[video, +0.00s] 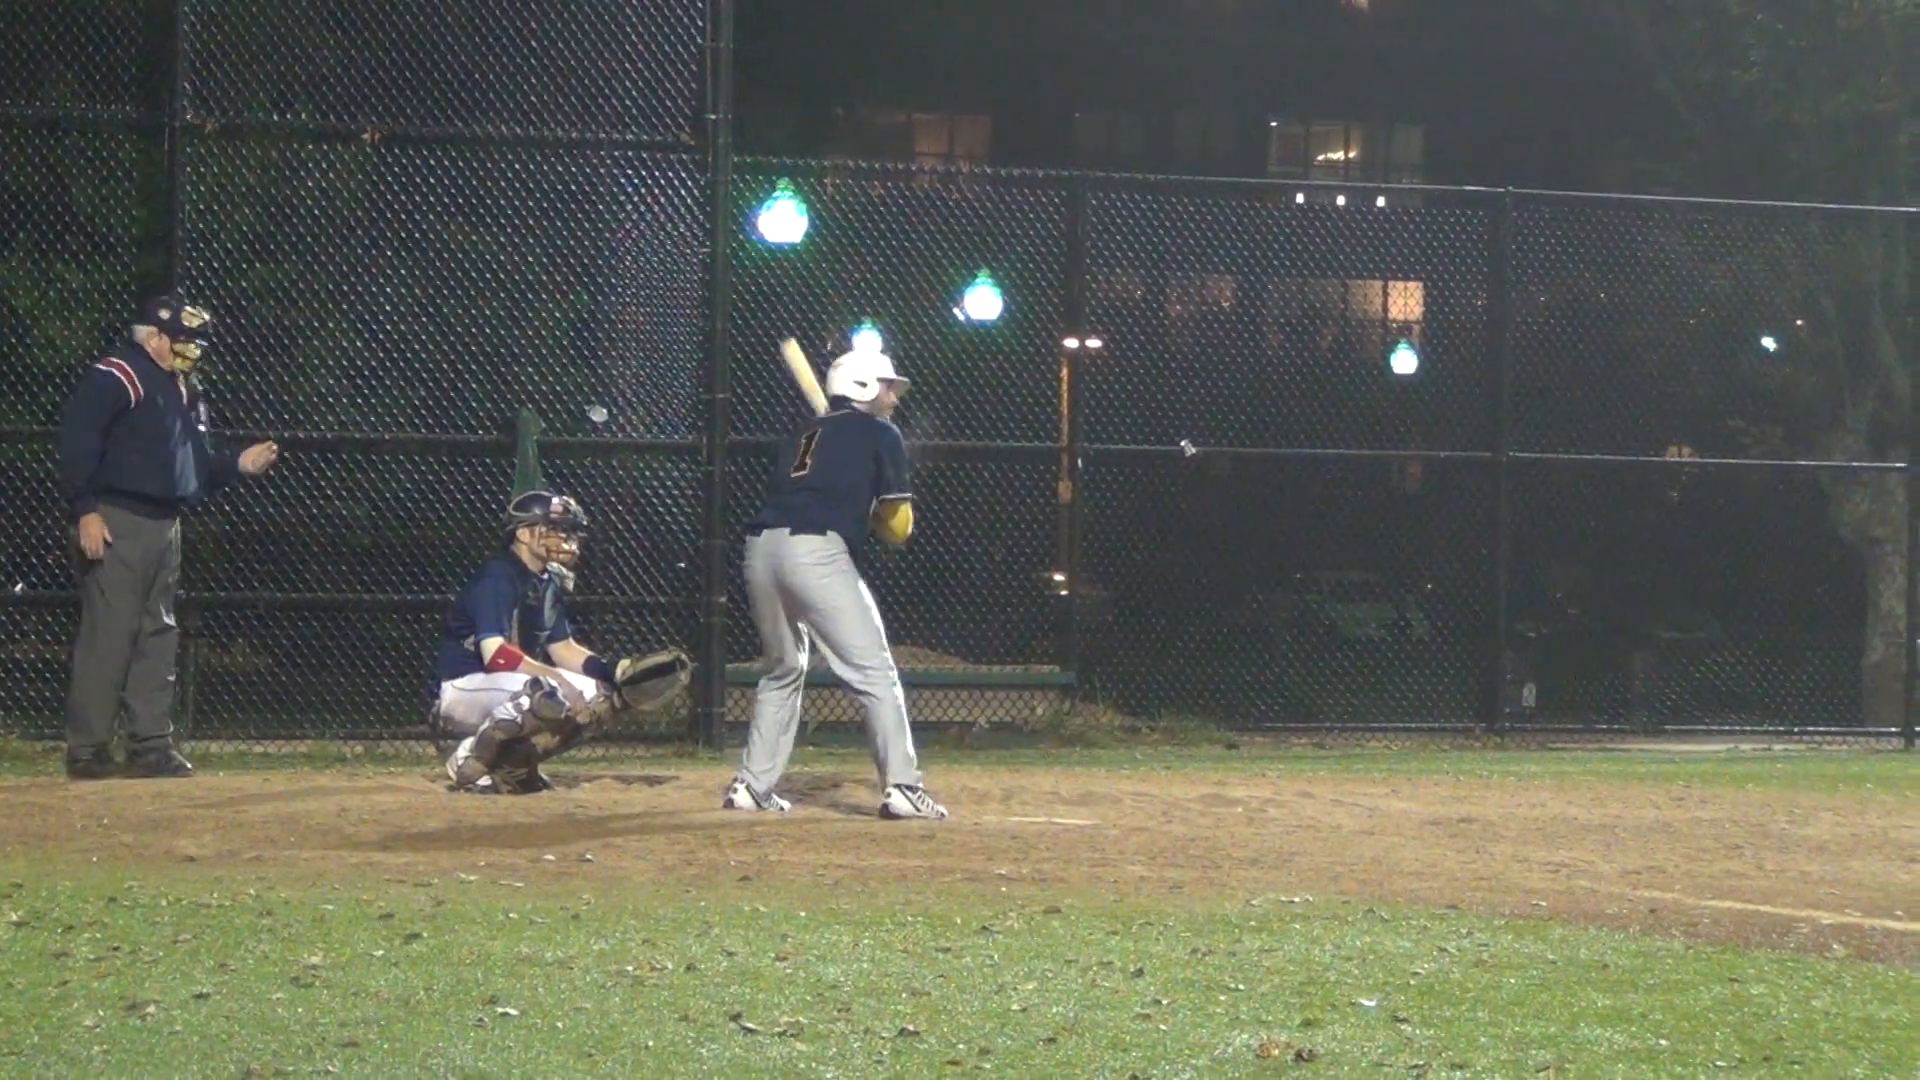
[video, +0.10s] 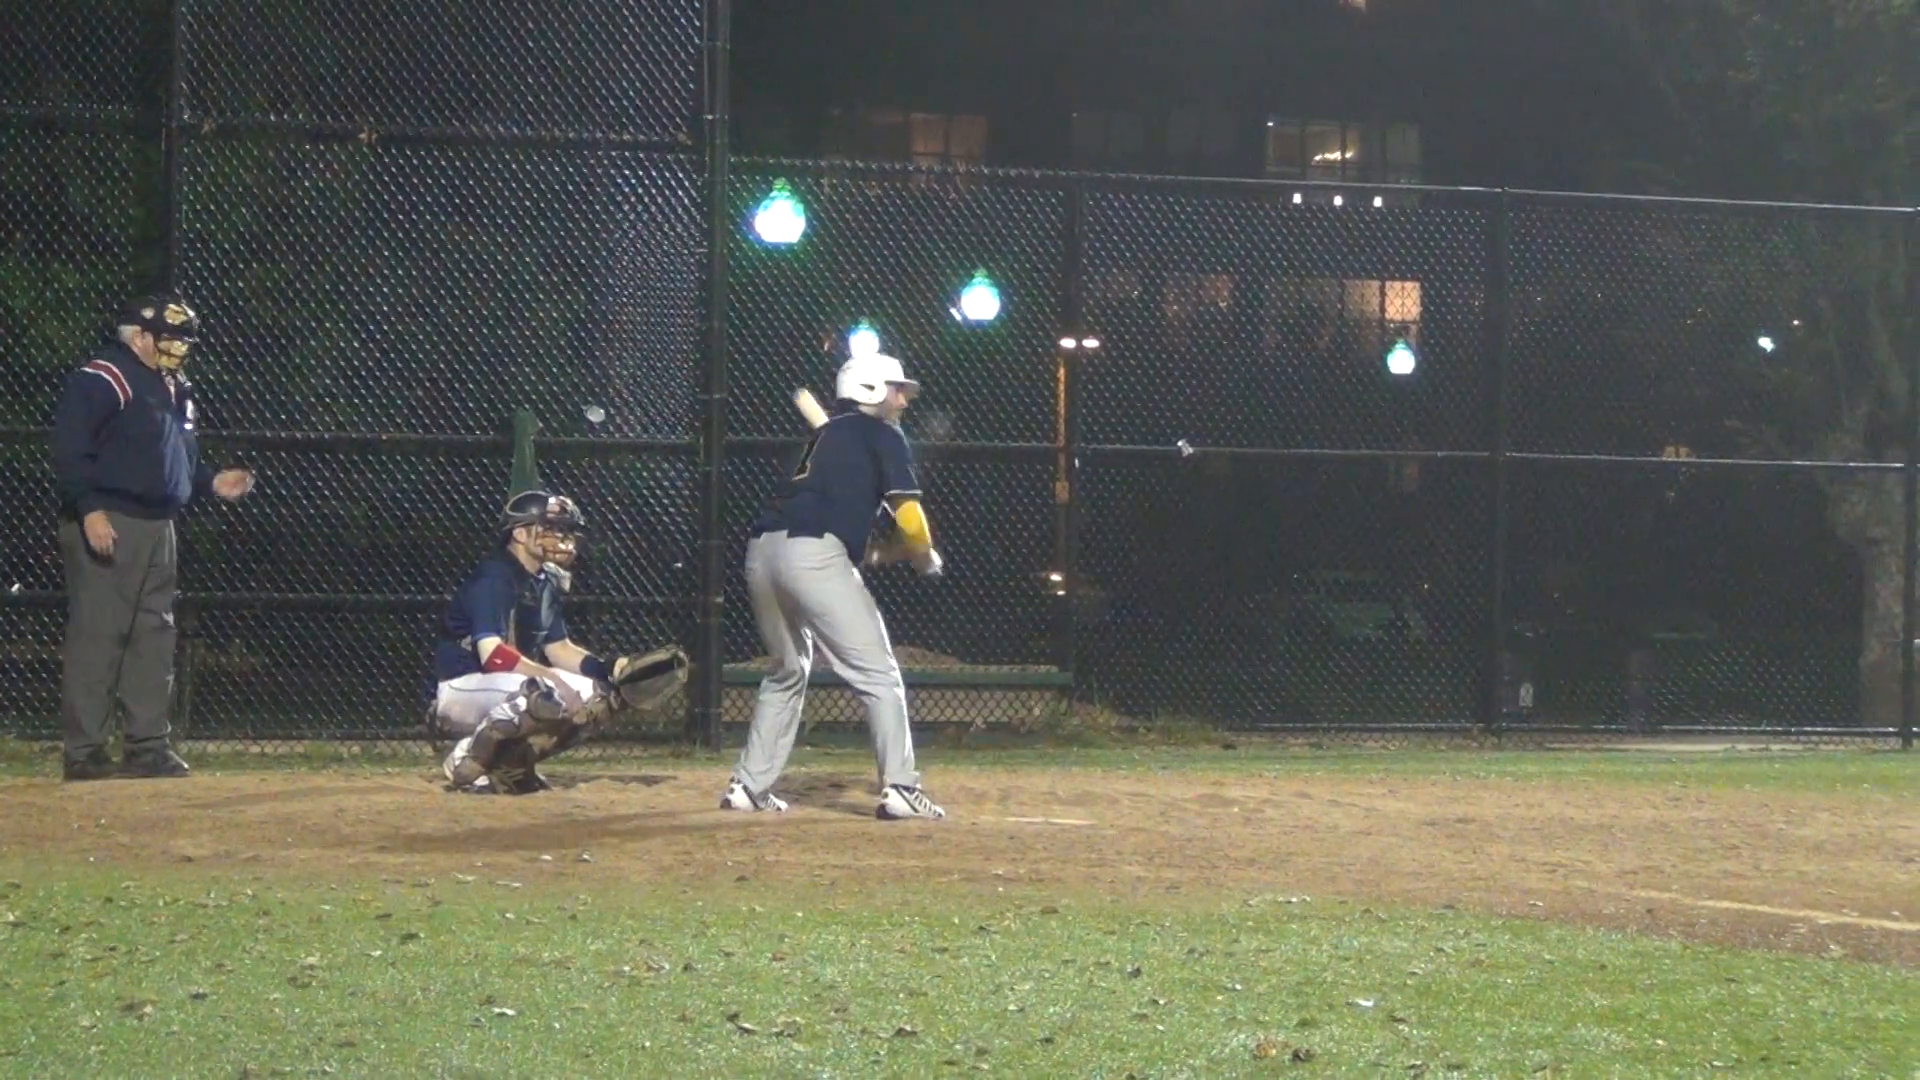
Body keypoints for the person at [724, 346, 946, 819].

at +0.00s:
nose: (896, 396)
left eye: (895, 386)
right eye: (889, 386)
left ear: (842, 390)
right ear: (865, 388)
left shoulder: (801, 432)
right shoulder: (881, 433)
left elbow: (790, 495)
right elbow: (897, 525)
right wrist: (859, 503)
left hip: (759, 548)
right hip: (816, 549)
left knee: (782, 670)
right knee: (876, 675)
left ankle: (753, 785)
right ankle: (903, 789)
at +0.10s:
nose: (904, 399)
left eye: (903, 389)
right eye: (896, 389)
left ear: (853, 394)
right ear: (872, 392)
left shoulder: (826, 432)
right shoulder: (884, 434)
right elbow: (911, 522)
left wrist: (894, 551)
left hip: (761, 550)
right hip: (815, 552)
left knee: (786, 672)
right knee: (880, 677)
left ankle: (749, 787)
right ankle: (901, 789)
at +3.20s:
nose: (894, 406)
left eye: (892, 397)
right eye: (887, 397)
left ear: (840, 401)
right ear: (862, 401)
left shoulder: (800, 445)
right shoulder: (879, 443)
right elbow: (934, 495)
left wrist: (879, 439)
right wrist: (899, 443)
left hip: (785, 588)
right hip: (846, 586)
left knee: (807, 686)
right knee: (921, 693)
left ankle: (756, 790)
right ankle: (909, 793)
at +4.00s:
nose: (869, 414)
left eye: (869, 405)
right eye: (863, 405)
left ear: (817, 402)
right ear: (839, 404)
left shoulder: (766, 430)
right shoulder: (859, 456)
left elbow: (705, 429)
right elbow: (858, 510)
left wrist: (741, 422)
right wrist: (874, 510)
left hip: (760, 577)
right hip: (824, 574)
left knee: (772, 679)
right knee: (897, 670)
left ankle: (753, 787)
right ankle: (913, 733)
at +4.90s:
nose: (903, 463)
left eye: (905, 456)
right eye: (904, 454)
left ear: (852, 430)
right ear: (895, 447)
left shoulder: (804, 457)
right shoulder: (900, 490)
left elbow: (723, 467)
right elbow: (888, 548)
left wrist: (782, 465)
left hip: (793, 601)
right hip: (860, 601)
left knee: (791, 685)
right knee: (940, 700)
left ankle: (760, 785)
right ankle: (978, 790)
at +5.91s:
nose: (823, 351)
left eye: (822, 342)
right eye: (818, 343)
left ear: (766, 340)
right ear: (802, 344)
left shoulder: (719, 394)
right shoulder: (822, 407)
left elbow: (700, 477)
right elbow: (836, 492)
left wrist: (705, 554)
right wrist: (837, 539)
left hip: (728, 542)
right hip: (788, 541)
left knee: (746, 662)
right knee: (796, 665)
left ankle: (746, 775)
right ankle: (764, 784)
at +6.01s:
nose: (816, 343)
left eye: (815, 335)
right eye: (812, 335)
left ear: (760, 331)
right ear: (796, 337)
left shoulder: (713, 385)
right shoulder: (811, 397)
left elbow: (698, 468)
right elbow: (834, 486)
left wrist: (707, 542)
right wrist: (849, 555)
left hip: (723, 535)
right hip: (784, 536)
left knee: (740, 657)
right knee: (790, 660)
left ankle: (737, 775)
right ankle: (764, 782)